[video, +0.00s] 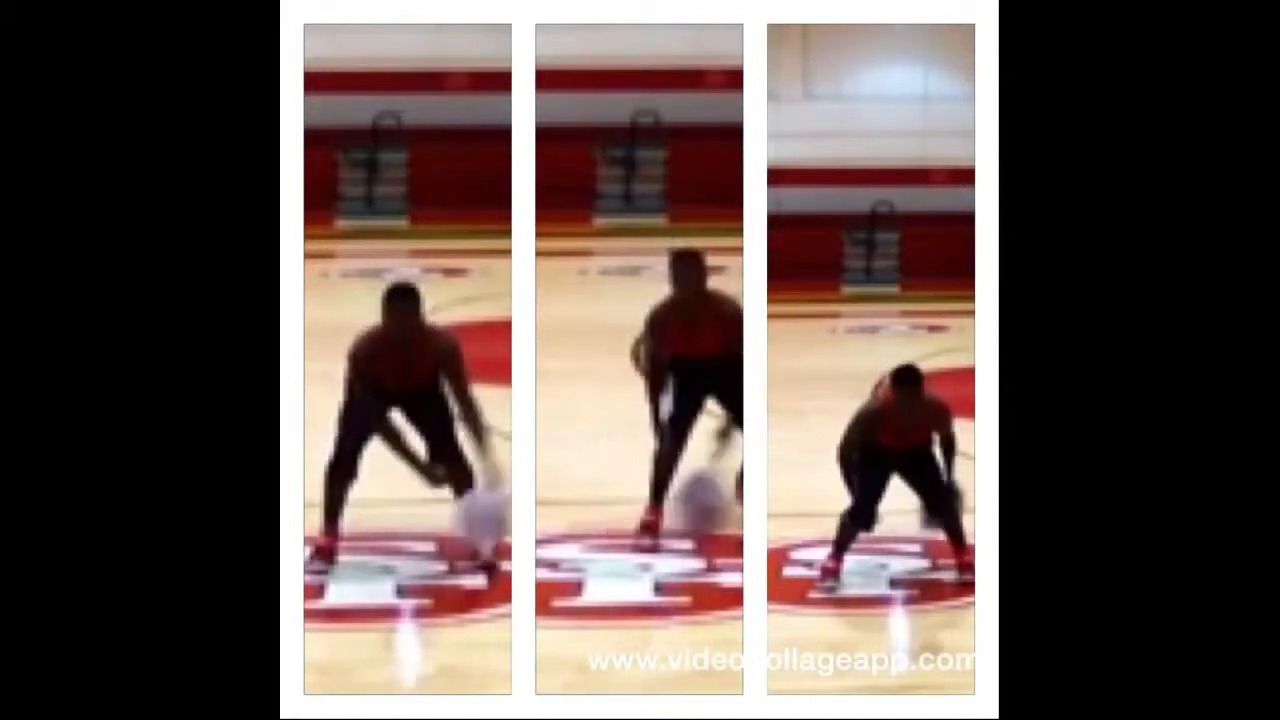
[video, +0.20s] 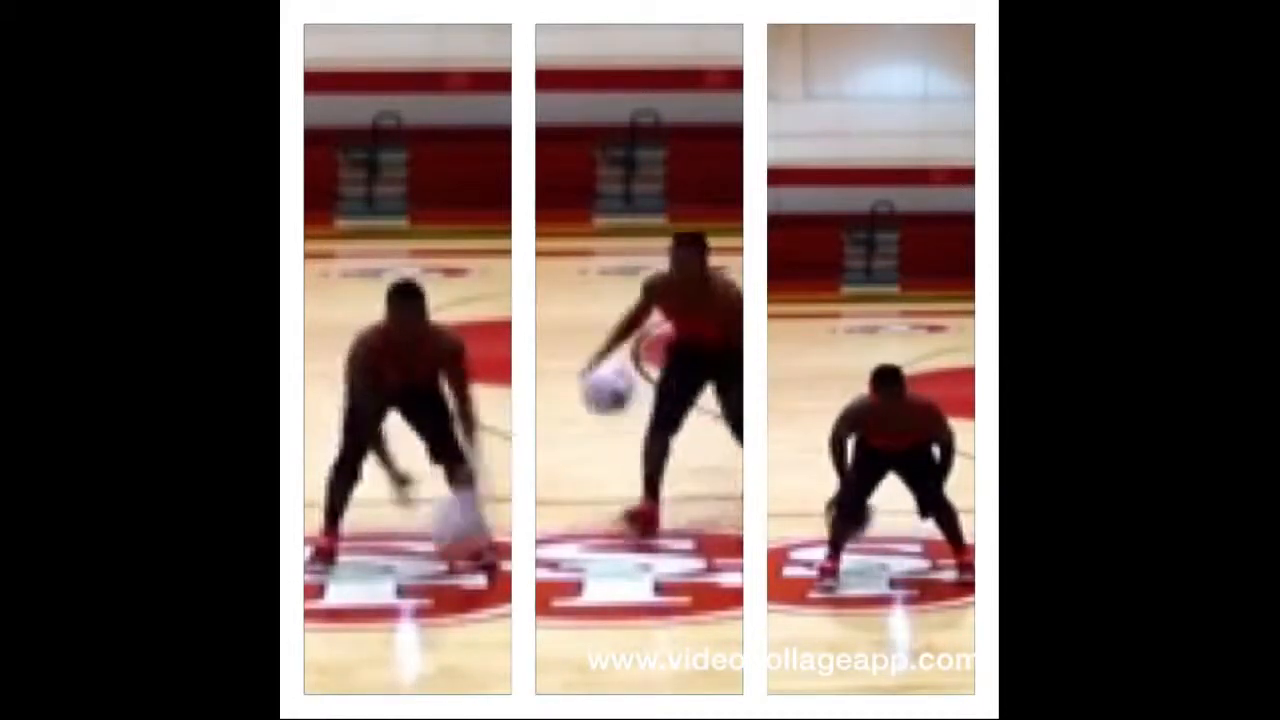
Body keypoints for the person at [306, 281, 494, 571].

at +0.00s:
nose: (403, 328)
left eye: (410, 319)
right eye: (395, 319)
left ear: (420, 315)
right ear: (384, 317)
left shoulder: (441, 345)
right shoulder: (366, 351)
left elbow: (464, 401)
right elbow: (379, 420)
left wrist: (486, 459)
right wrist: (422, 468)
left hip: (421, 395)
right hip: (371, 397)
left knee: (452, 458)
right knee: (342, 464)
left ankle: (482, 536)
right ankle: (329, 537)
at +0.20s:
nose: (408, 330)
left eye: (414, 320)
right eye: (401, 321)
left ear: (424, 315)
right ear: (389, 316)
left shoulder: (445, 345)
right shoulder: (368, 349)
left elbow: (462, 399)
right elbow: (367, 422)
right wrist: (393, 471)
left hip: (419, 393)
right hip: (372, 396)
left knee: (453, 457)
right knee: (349, 462)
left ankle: (477, 536)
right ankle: (329, 535)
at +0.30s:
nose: (400, 332)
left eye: (408, 322)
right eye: (394, 322)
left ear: (419, 318)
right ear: (383, 318)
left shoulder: (437, 348)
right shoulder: (360, 351)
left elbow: (423, 420)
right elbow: (340, 411)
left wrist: (389, 463)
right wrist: (328, 460)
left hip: (421, 400)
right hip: (373, 400)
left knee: (450, 460)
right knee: (349, 461)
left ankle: (476, 531)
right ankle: (331, 538)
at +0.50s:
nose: (402, 326)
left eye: (409, 316)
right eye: (394, 316)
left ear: (419, 312)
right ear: (383, 314)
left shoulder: (439, 344)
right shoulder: (363, 349)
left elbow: (442, 405)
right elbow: (362, 413)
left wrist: (435, 454)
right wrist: (375, 462)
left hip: (422, 394)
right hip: (375, 397)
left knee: (454, 458)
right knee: (350, 462)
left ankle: (476, 530)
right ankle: (330, 535)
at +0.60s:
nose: (407, 327)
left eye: (413, 318)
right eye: (400, 319)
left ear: (423, 317)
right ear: (388, 318)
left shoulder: (440, 346)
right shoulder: (369, 354)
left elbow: (474, 394)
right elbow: (387, 422)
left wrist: (502, 436)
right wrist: (429, 463)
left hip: (422, 396)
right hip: (375, 402)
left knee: (458, 463)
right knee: (349, 470)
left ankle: (476, 533)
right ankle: (330, 536)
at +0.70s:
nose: (407, 334)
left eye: (413, 323)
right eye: (399, 325)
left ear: (422, 320)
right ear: (387, 323)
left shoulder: (439, 347)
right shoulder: (368, 358)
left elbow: (481, 389)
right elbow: (377, 427)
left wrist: (514, 426)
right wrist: (421, 469)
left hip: (420, 396)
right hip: (373, 401)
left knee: (456, 461)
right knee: (351, 469)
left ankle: (477, 532)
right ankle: (330, 536)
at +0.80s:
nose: (398, 323)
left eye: (404, 314)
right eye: (391, 315)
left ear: (414, 312)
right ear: (380, 314)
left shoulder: (440, 345)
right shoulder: (362, 348)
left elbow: (449, 403)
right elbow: (359, 419)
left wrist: (442, 453)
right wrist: (374, 474)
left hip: (423, 388)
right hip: (375, 390)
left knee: (454, 456)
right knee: (350, 460)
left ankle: (476, 530)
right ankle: (330, 536)